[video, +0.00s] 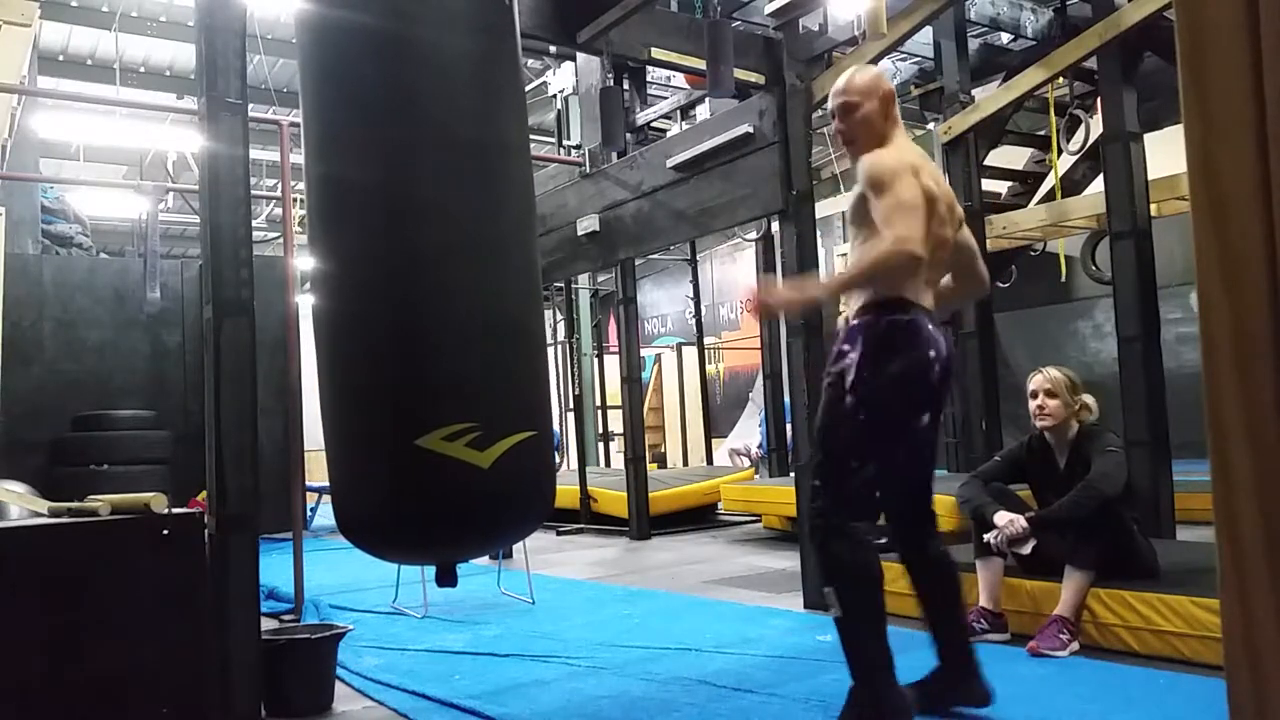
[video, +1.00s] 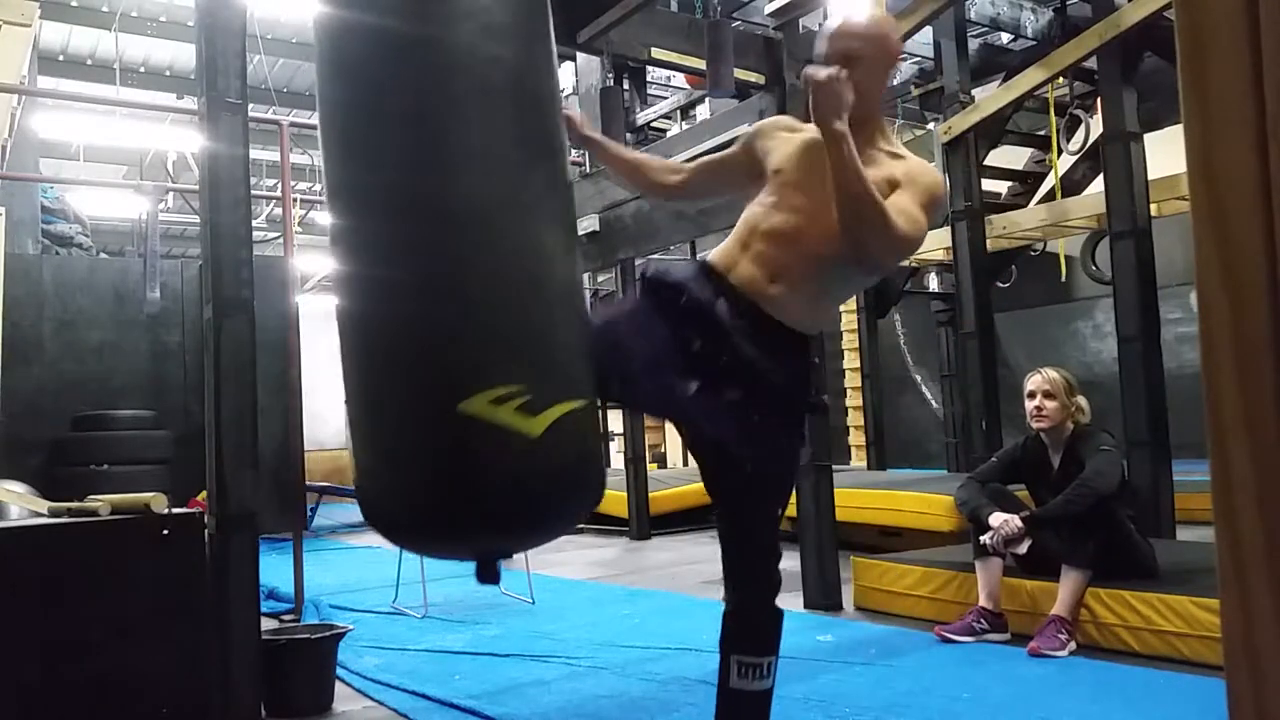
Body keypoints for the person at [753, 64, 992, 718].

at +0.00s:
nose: (836, 125)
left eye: (846, 111)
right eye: (833, 114)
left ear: (882, 107)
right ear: (887, 113)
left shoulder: (886, 163)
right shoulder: (928, 172)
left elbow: (904, 246)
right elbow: (975, 275)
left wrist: (806, 290)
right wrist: (904, 303)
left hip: (881, 341)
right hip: (925, 343)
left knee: (838, 515)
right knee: (911, 517)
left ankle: (874, 691)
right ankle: (960, 670)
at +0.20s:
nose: (817, 143)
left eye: (827, 129)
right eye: (814, 132)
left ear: (871, 125)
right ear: (872, 134)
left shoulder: (849, 182)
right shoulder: (914, 199)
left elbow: (808, 237)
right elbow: (977, 299)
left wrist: (694, 248)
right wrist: (918, 348)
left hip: (873, 378)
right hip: (914, 379)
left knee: (828, 549)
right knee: (883, 552)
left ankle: (825, 711)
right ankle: (942, 695)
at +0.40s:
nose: (808, 122)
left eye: (821, 107)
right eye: (803, 112)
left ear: (863, 106)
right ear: (803, 119)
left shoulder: (875, 175)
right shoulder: (836, 191)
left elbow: (959, 220)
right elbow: (809, 299)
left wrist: (951, 291)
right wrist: (737, 278)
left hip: (854, 389)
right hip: (828, 389)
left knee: (770, 547)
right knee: (851, 539)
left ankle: (790, 711)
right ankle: (935, 673)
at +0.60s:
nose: (848, 78)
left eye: (865, 63)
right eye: (844, 65)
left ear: (912, 74)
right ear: (839, 74)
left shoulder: (951, 179)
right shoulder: (811, 137)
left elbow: (1067, 214)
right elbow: (721, 181)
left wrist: (1107, 167)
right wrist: (679, 146)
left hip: (821, 365)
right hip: (739, 320)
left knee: (823, 545)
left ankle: (804, 713)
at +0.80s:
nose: (883, 94)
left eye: (900, 82)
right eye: (882, 79)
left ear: (933, 103)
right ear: (871, 85)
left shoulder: (944, 222)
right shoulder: (820, 137)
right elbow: (729, 201)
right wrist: (644, 218)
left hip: (764, 354)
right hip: (701, 263)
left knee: (767, 541)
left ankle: (762, 714)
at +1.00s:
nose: (827, 70)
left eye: (846, 59)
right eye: (824, 57)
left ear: (891, 68)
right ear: (816, 63)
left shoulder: (917, 181)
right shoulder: (779, 136)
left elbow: (876, 249)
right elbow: (674, 180)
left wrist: (834, 131)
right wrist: (589, 138)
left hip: (772, 365)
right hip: (687, 308)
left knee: (751, 572)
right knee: (544, 368)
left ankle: (741, 715)